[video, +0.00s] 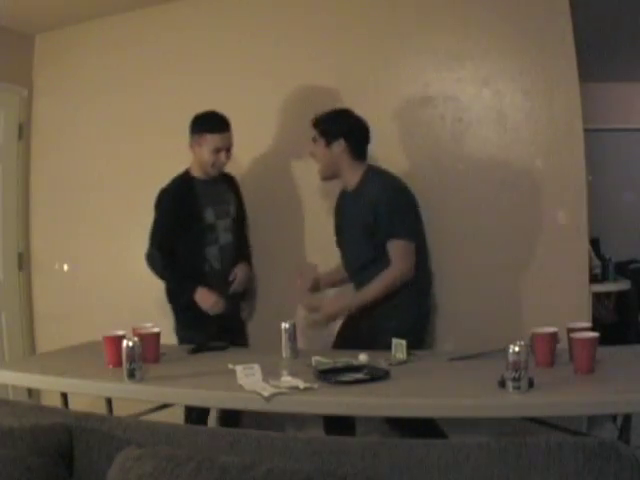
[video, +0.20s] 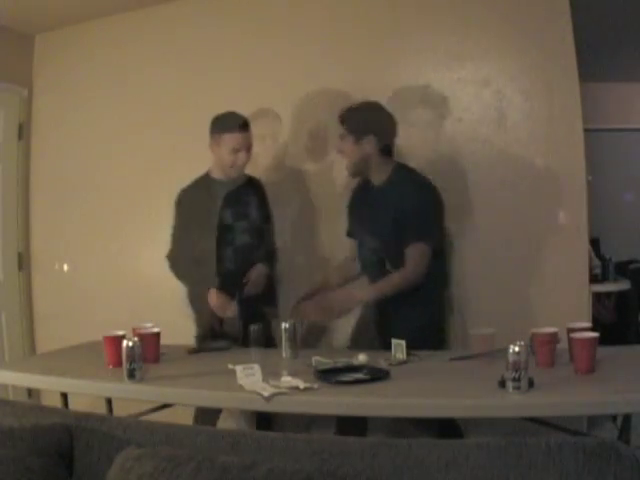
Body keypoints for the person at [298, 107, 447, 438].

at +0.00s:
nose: (312, 152)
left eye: (317, 143)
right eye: (313, 143)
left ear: (340, 147)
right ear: (338, 148)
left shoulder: (388, 191)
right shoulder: (345, 199)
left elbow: (403, 267)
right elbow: (359, 263)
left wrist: (346, 303)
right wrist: (322, 281)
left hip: (400, 314)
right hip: (365, 313)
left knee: (399, 408)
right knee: (336, 395)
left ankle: (454, 467)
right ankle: (338, 478)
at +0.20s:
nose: (339, 148)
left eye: (346, 139)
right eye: (341, 139)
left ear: (372, 144)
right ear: (366, 146)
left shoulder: (417, 191)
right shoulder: (361, 195)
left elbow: (416, 269)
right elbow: (362, 262)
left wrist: (352, 298)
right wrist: (322, 294)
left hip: (421, 321)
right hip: (380, 318)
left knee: (428, 413)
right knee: (353, 401)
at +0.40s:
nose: (397, 137)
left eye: (405, 128)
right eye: (388, 128)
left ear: (417, 127)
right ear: (376, 127)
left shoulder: (440, 170)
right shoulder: (355, 174)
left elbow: (455, 229)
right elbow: (339, 219)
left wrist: (431, 267)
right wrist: (347, 243)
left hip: (431, 292)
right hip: (381, 296)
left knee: (454, 377)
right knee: (384, 386)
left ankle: (458, 469)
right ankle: (380, 471)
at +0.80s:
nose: (360, 145)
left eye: (368, 136)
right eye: (352, 137)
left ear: (384, 133)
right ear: (343, 136)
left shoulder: (414, 168)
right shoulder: (335, 177)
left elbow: (429, 235)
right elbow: (334, 230)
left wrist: (372, 260)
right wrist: (329, 244)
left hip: (414, 296)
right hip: (366, 301)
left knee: (428, 386)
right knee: (372, 390)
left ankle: (434, 470)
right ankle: (372, 473)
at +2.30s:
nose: (367, 146)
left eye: (376, 136)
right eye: (360, 138)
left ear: (395, 134)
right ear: (354, 139)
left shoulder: (426, 170)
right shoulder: (353, 173)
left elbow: (419, 237)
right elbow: (350, 238)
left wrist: (376, 193)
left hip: (431, 290)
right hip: (383, 293)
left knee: (458, 376)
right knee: (378, 384)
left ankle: (458, 467)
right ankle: (369, 472)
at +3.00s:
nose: (369, 136)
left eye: (376, 128)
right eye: (364, 130)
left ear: (396, 132)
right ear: (358, 137)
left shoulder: (426, 169)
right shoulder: (362, 179)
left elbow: (424, 226)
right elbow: (323, 194)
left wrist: (390, 174)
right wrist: (329, 136)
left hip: (435, 291)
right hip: (387, 294)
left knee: (457, 379)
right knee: (380, 383)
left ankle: (452, 468)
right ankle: (368, 472)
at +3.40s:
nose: (382, 137)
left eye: (390, 127)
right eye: (377, 131)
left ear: (412, 129)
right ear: (372, 136)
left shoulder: (437, 164)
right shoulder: (366, 173)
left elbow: (415, 177)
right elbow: (322, 159)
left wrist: (368, 124)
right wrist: (333, 105)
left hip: (435, 287)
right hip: (388, 289)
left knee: (448, 378)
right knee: (380, 379)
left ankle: (444, 463)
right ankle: (369, 463)